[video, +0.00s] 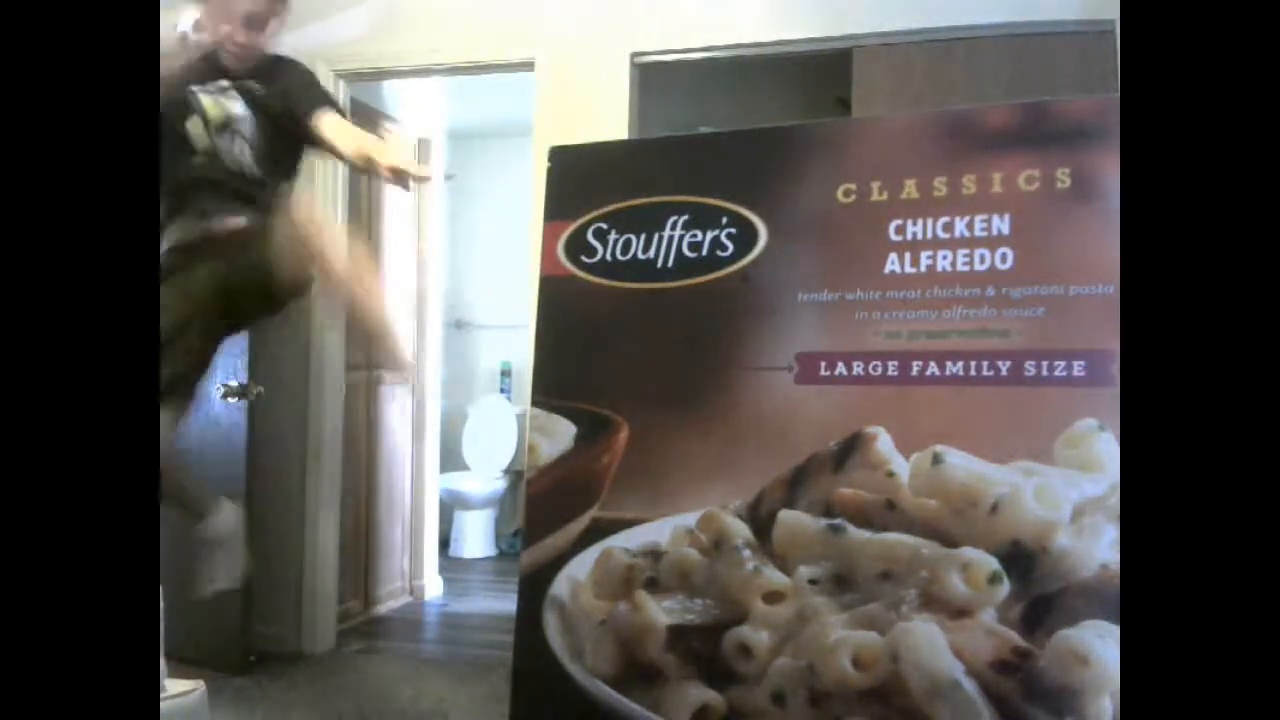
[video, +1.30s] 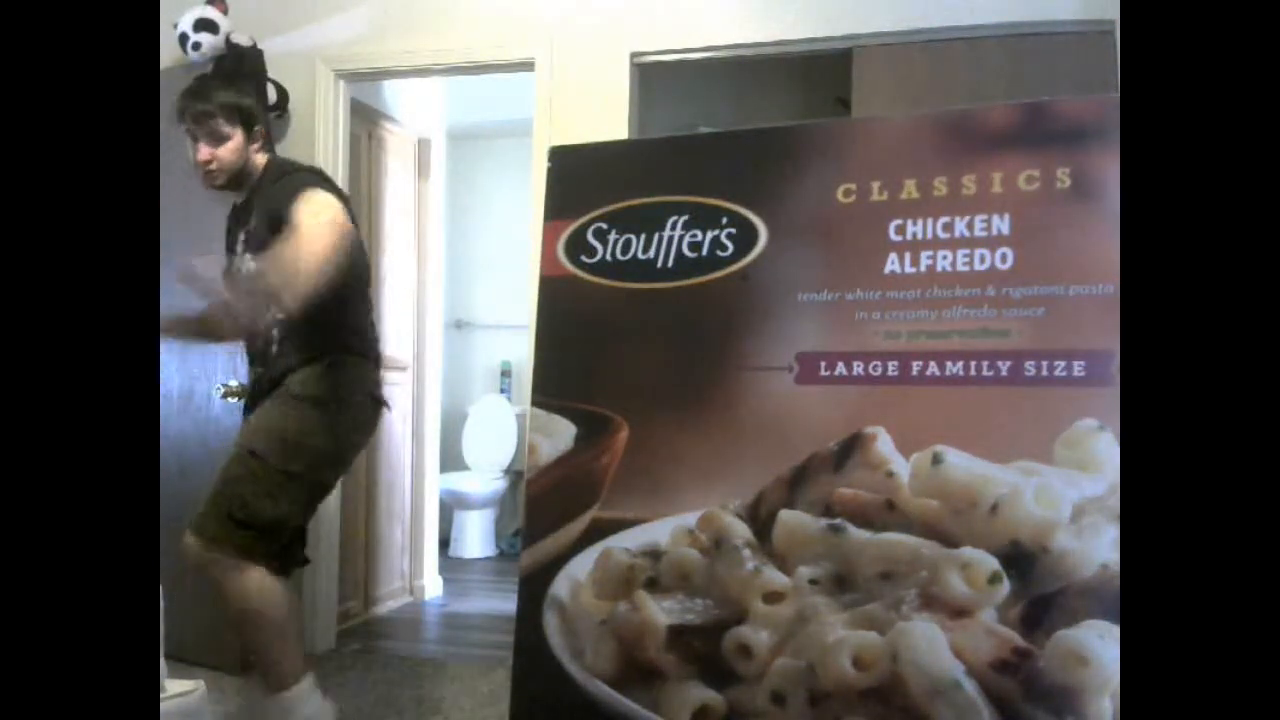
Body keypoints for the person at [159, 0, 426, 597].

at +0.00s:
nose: (245, 36)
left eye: (259, 24)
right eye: (236, 20)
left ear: (274, 24)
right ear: (208, 13)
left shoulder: (283, 77)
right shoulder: (179, 70)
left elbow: (336, 131)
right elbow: (161, 88)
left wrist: (388, 161)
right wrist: (185, 52)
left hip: (262, 261)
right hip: (183, 274)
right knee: (160, 443)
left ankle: (397, 366)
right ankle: (216, 520)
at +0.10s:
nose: (240, 44)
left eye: (252, 33)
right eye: (231, 32)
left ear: (272, 37)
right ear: (216, 34)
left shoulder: (283, 94)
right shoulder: (187, 93)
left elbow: (353, 146)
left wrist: (397, 164)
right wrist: (212, 78)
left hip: (270, 265)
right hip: (194, 278)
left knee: (322, 176)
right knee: (176, 457)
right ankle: (227, 527)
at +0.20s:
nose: (271, 91)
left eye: (281, 78)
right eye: (262, 73)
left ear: (287, 80)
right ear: (231, 61)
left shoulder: (283, 122)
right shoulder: (195, 122)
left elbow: (334, 155)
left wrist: (388, 172)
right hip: (206, 310)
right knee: (197, 483)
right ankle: (249, 604)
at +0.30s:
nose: (219, 137)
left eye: (234, 123)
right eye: (210, 120)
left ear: (255, 127)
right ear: (189, 124)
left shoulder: (289, 190)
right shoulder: (186, 198)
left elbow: (390, 204)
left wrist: (383, 174)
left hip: (295, 389)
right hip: (226, 390)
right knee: (223, 554)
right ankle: (272, 692)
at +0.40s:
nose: (185, 216)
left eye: (193, 197)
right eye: (173, 206)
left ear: (223, 187)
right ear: (165, 216)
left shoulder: (277, 246)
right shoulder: (187, 278)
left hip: (324, 424)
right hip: (250, 438)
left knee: (270, 569)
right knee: (190, 595)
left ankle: (331, 709)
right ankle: (279, 706)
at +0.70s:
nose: (166, 213)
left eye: (173, 194)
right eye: (162, 198)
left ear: (208, 182)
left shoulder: (261, 214)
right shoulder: (232, 255)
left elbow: (262, 263)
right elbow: (269, 370)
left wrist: (175, 315)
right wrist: (202, 408)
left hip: (318, 400)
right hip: (296, 405)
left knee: (206, 555)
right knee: (235, 567)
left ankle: (244, 708)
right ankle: (280, 704)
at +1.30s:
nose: (201, 154)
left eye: (214, 138)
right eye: (195, 140)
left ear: (257, 134)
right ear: (191, 139)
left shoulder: (301, 189)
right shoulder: (244, 215)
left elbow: (323, 242)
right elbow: (236, 317)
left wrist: (251, 300)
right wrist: (175, 324)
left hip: (327, 386)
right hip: (284, 389)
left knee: (221, 541)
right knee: (258, 553)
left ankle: (297, 697)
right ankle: (260, 692)